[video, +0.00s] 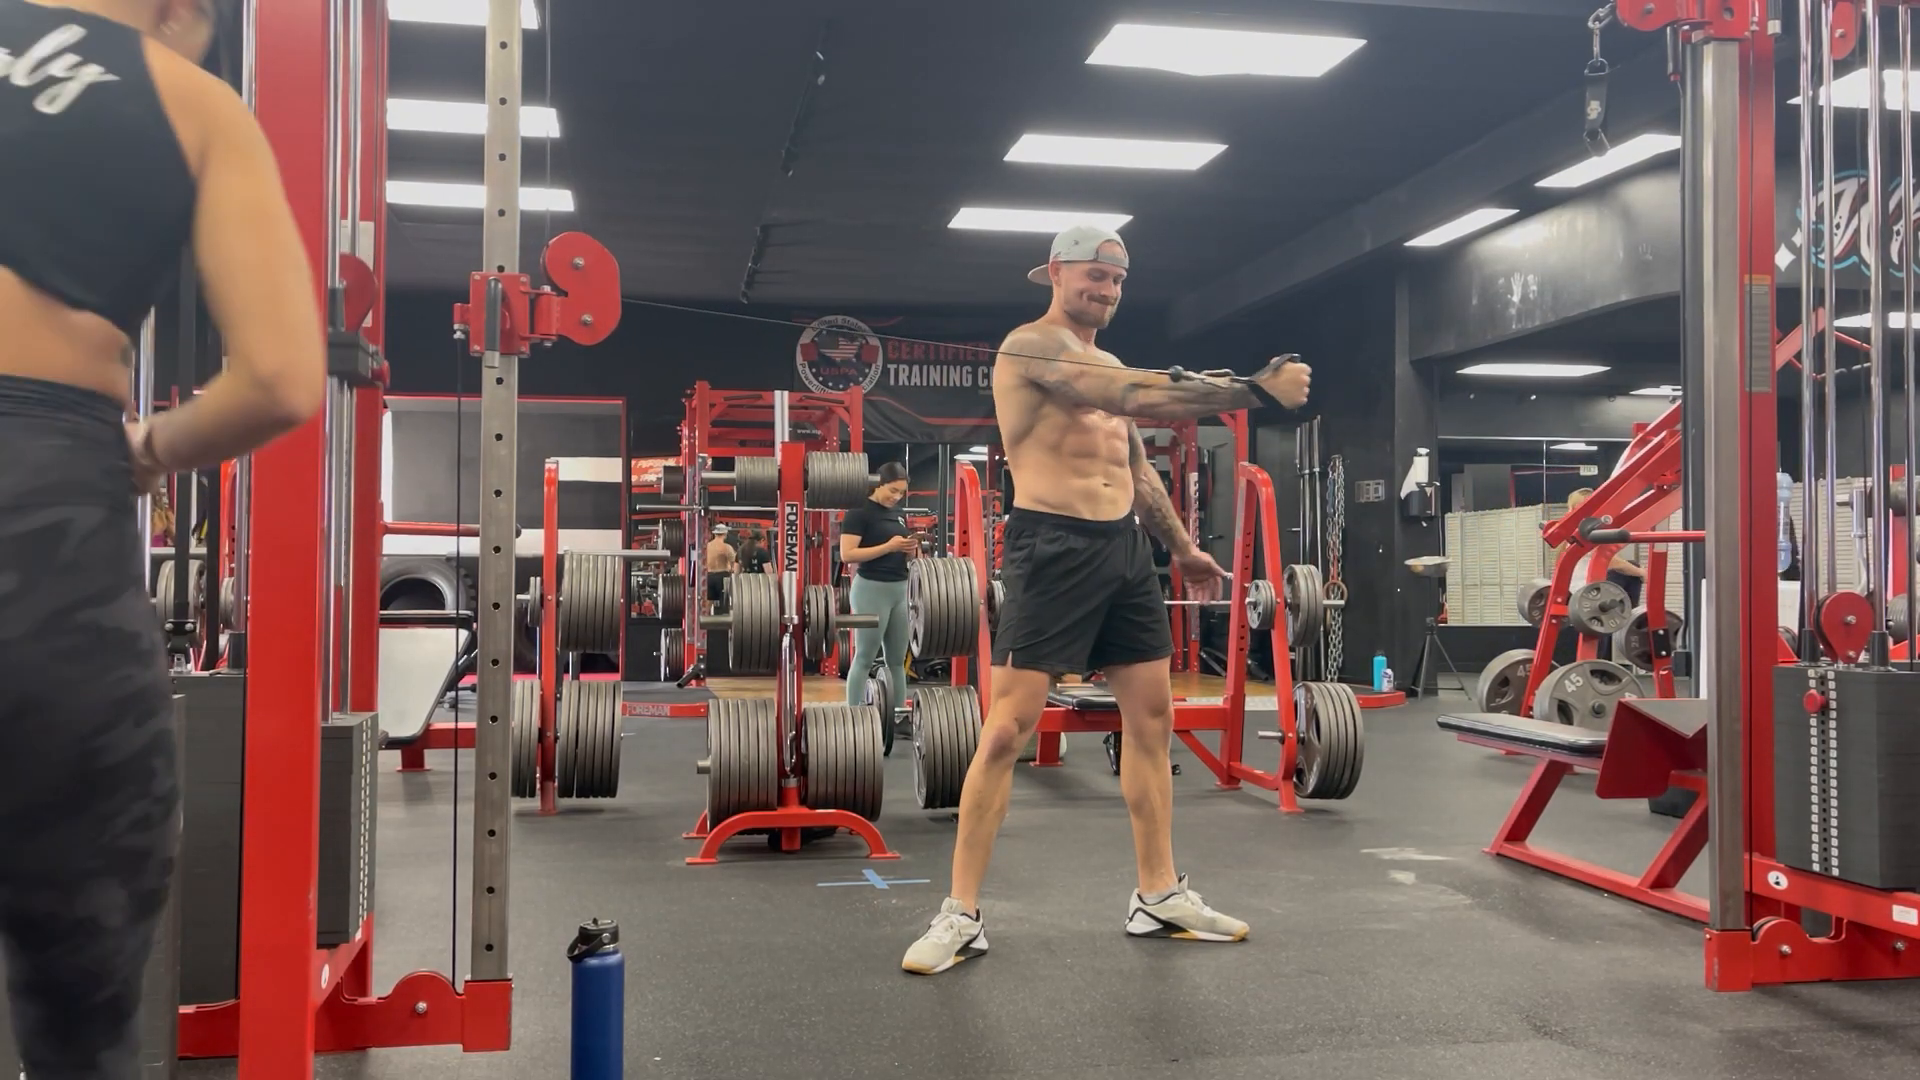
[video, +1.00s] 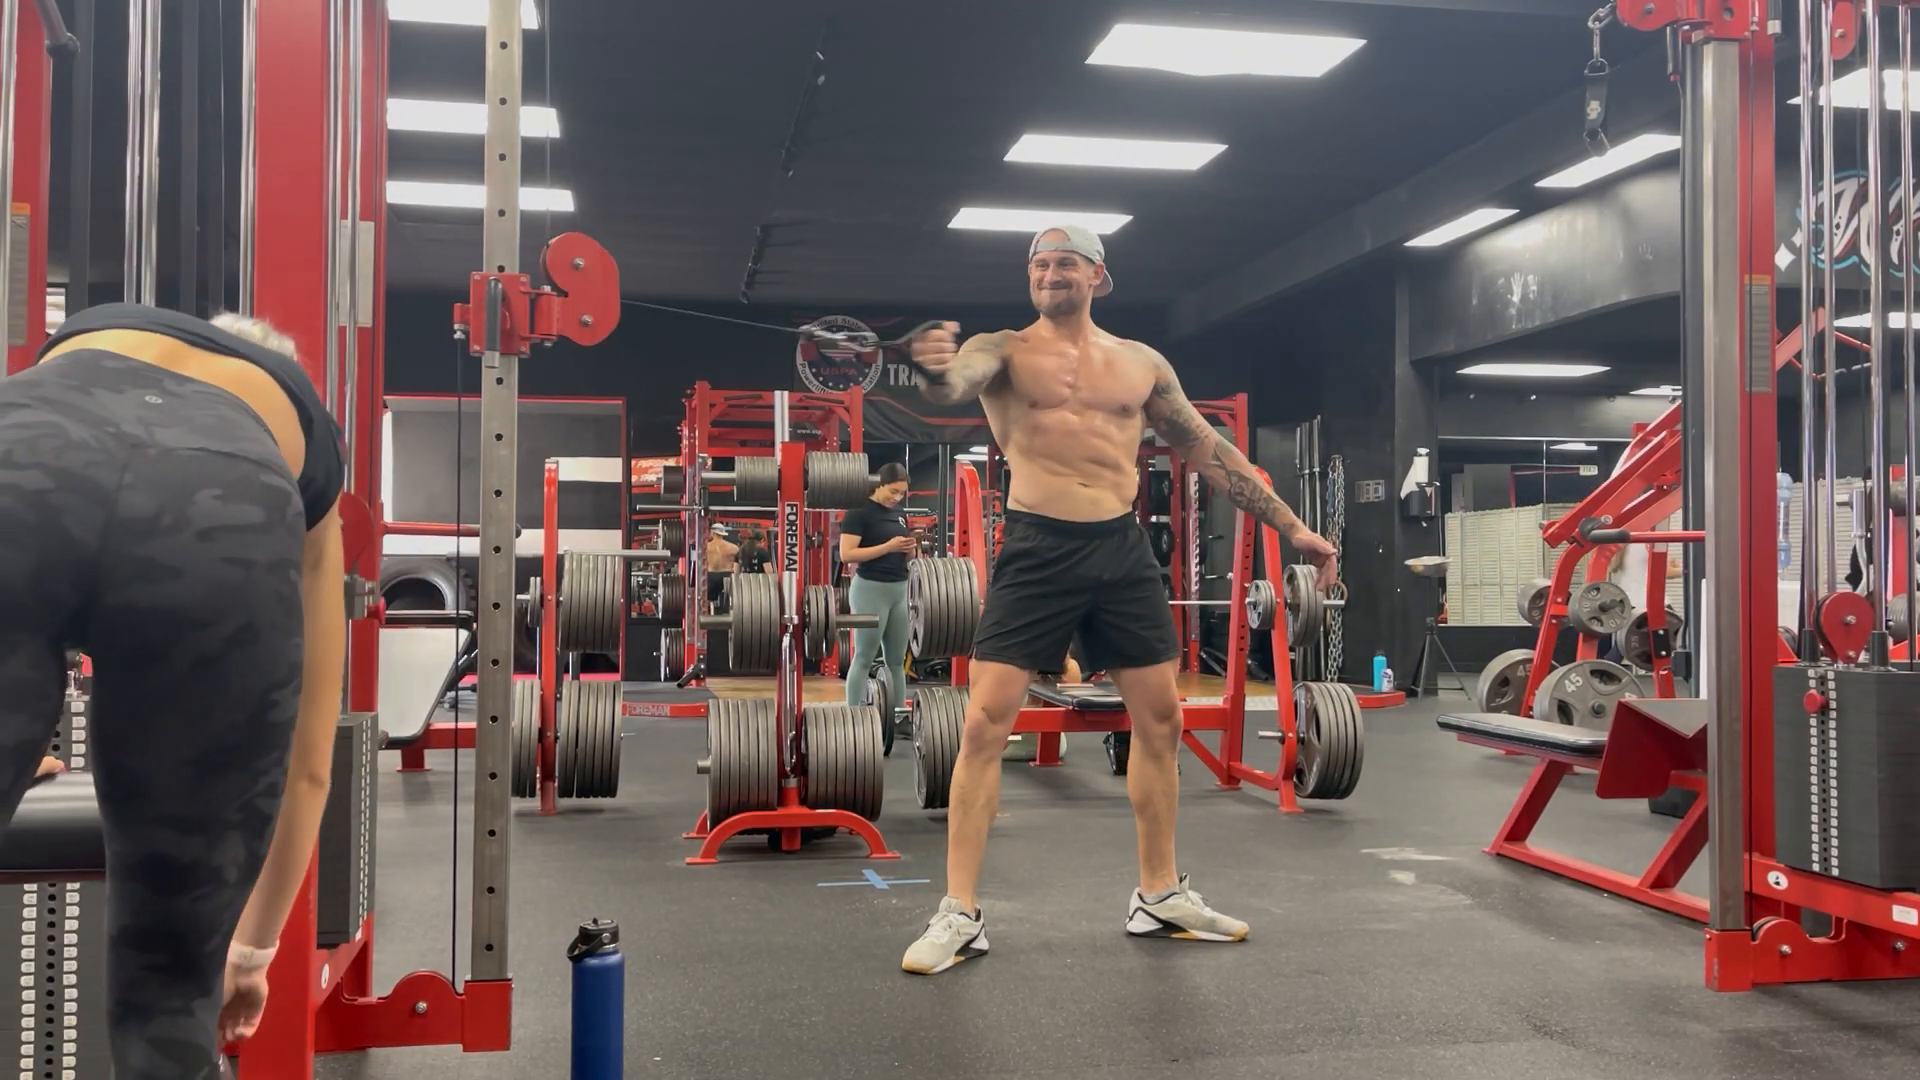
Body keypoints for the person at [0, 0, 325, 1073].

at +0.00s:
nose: (206, 40)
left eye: (207, 34)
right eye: (207, 30)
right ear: (172, 11)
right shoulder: (195, 104)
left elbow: (277, 381)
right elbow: (282, 382)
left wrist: (132, 447)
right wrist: (141, 445)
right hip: (43, 482)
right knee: (82, 1011)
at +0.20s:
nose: (301, 182)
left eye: (302, 159)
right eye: (303, 156)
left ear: (146, 80)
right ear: (277, 120)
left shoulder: (28, 104)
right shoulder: (284, 191)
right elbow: (365, 465)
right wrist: (209, 561)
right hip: (88, 497)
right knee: (114, 989)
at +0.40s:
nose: (336, 296)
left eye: (343, 286)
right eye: (341, 283)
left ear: (173, 191)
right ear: (313, 251)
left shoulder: (47, 206)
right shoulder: (322, 295)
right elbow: (403, 578)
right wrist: (266, 709)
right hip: (134, 506)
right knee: (140, 988)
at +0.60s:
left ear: (183, 267)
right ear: (305, 328)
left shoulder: (70, 291)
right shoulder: (321, 371)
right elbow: (390, 667)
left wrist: (23, 753)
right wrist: (288, 824)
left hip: (11, 473)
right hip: (184, 517)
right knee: (157, 987)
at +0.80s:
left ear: (197, 311)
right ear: (290, 356)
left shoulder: (81, 317)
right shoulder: (313, 402)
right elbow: (346, 731)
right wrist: (276, 903)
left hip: (17, 472)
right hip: (207, 508)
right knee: (165, 977)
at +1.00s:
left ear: (200, 331)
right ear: (285, 378)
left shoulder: (89, 336)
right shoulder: (309, 434)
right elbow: (310, 763)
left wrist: (21, 728)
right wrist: (256, 944)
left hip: (19, 472)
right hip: (221, 513)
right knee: (168, 977)